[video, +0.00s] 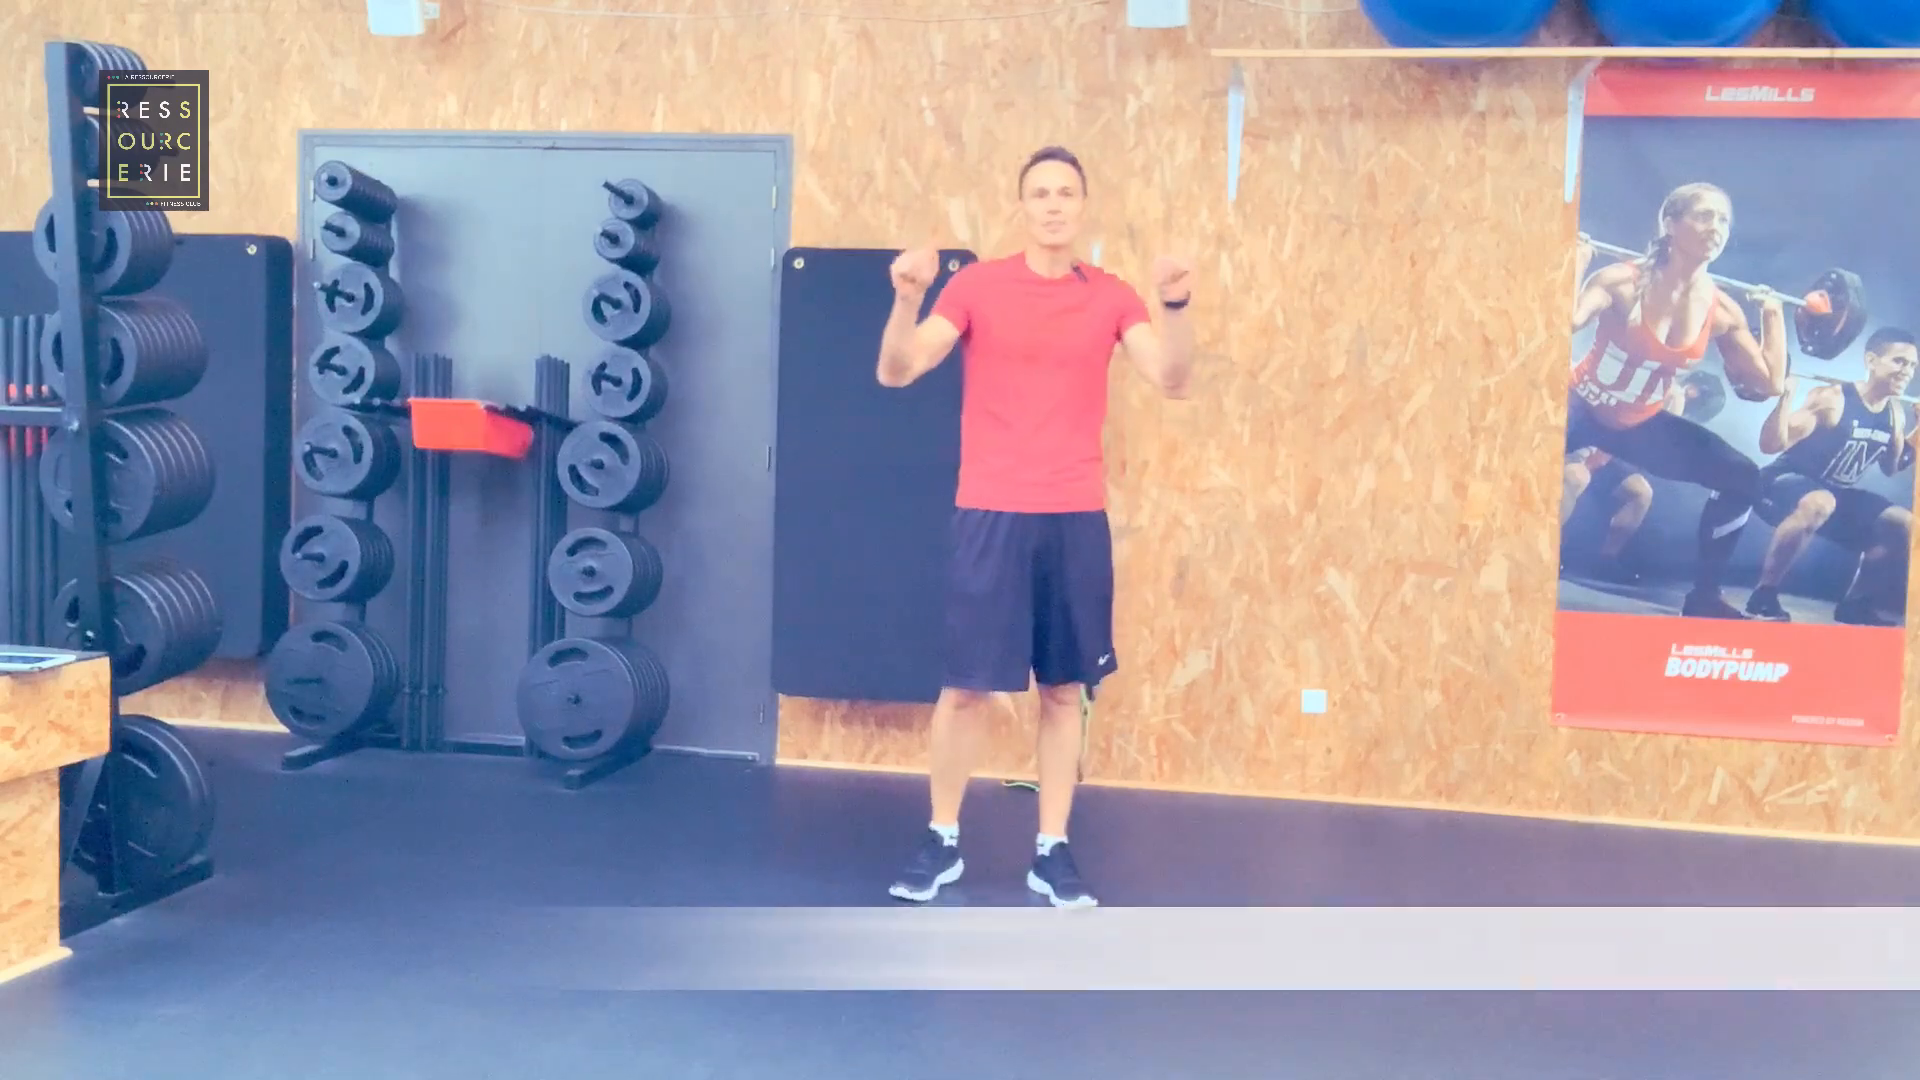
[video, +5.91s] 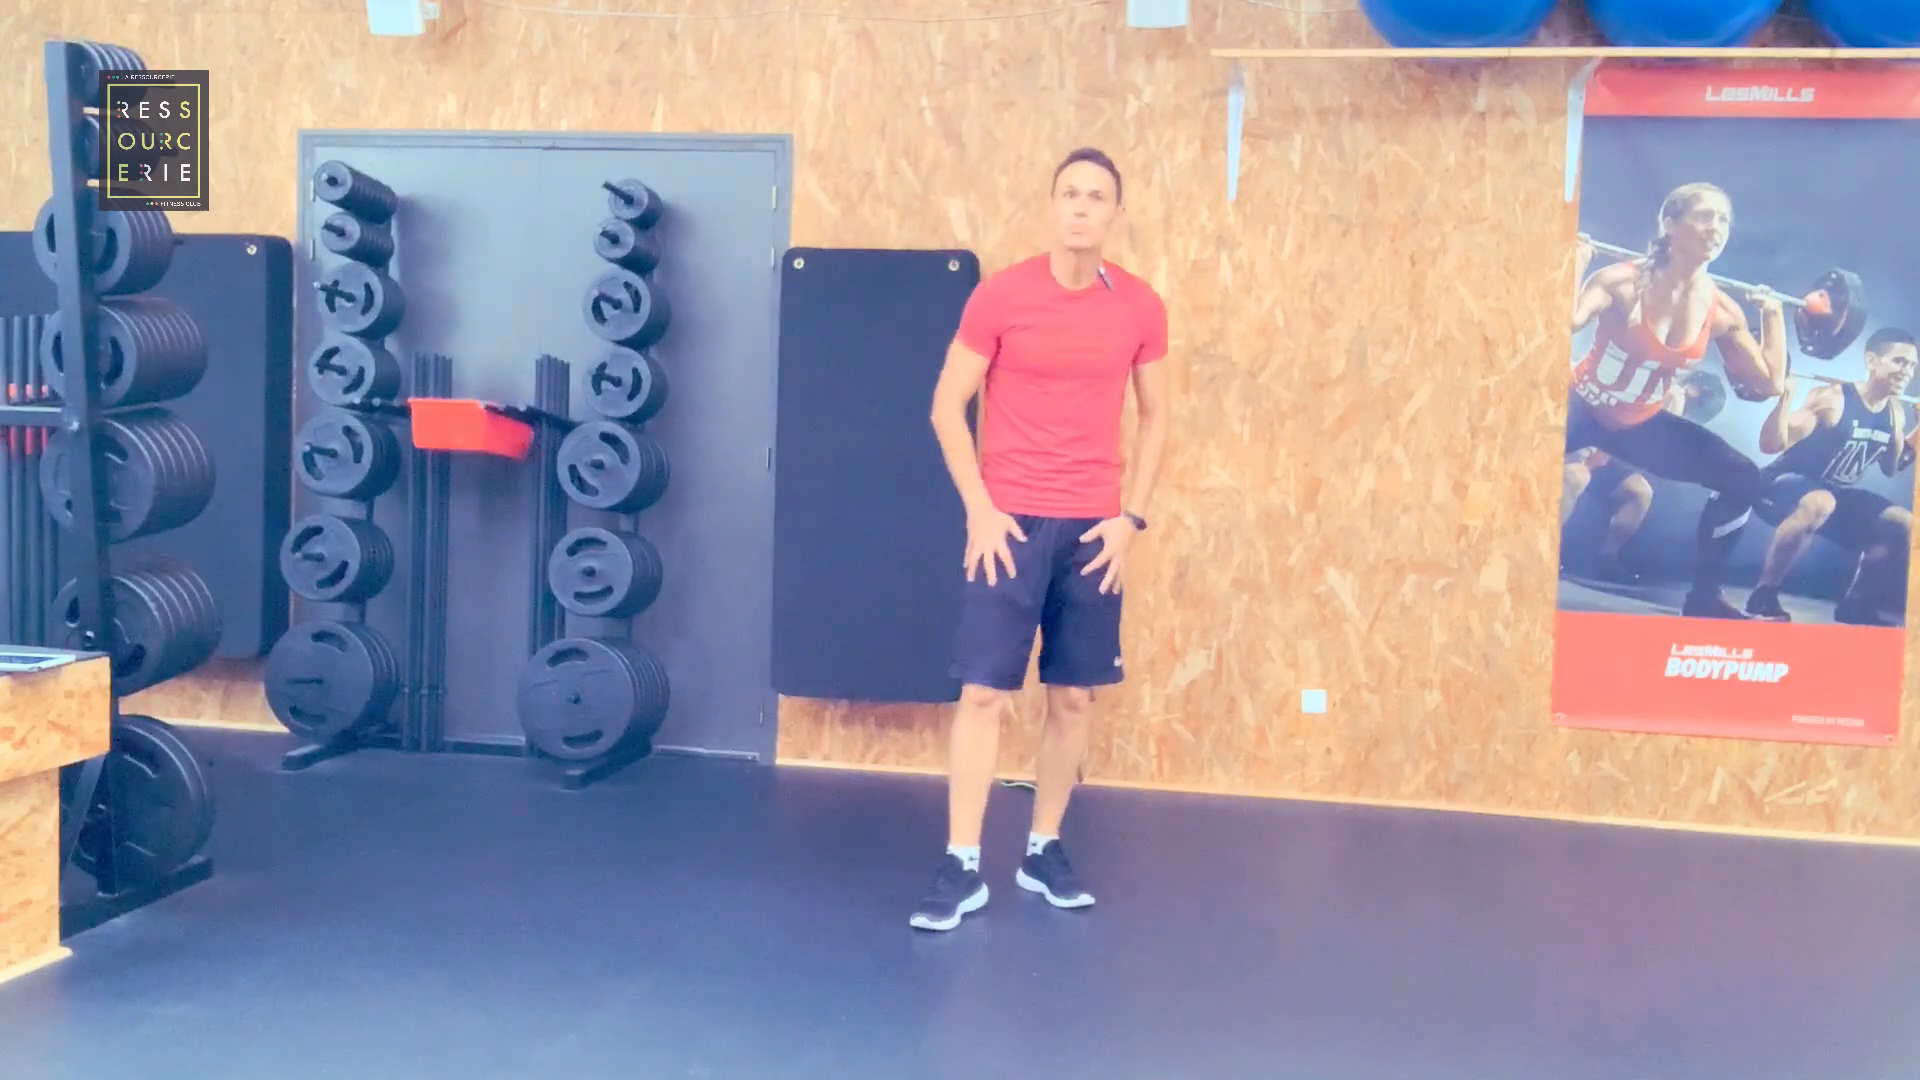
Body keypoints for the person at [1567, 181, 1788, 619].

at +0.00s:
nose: (1716, 228)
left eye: (1724, 221)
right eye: (1704, 216)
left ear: (1728, 234)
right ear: (1670, 223)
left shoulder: (1722, 310)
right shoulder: (1620, 279)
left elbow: (1768, 386)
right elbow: (1559, 325)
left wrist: (1773, 312)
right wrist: (1573, 269)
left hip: (1644, 425)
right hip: (1579, 409)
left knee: (1741, 477)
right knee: (1514, 448)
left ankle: (1705, 596)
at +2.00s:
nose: (1716, 228)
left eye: (1724, 220)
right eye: (1704, 216)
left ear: (1728, 234)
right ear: (1670, 224)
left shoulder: (1721, 310)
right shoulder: (1620, 280)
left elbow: (1769, 385)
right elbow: (1558, 325)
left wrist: (1773, 312)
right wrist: (1573, 268)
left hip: (1644, 425)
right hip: (1579, 408)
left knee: (1742, 478)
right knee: (1513, 451)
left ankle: (1705, 597)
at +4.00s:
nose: (1716, 228)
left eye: (1724, 221)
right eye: (1704, 216)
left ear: (1728, 234)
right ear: (1670, 224)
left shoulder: (1722, 310)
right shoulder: (1620, 279)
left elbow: (1769, 385)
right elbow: (1559, 325)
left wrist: (1773, 312)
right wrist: (1573, 269)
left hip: (1643, 424)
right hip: (1579, 408)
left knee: (1741, 477)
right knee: (1517, 447)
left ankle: (1705, 597)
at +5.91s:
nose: (1717, 228)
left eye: (1724, 220)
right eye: (1705, 216)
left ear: (1728, 232)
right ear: (1670, 224)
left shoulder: (1722, 311)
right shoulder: (1620, 279)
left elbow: (1769, 386)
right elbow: (1558, 325)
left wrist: (1773, 313)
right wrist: (1572, 269)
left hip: (1644, 425)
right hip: (1579, 409)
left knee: (1742, 477)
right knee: (1511, 453)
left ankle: (1704, 597)